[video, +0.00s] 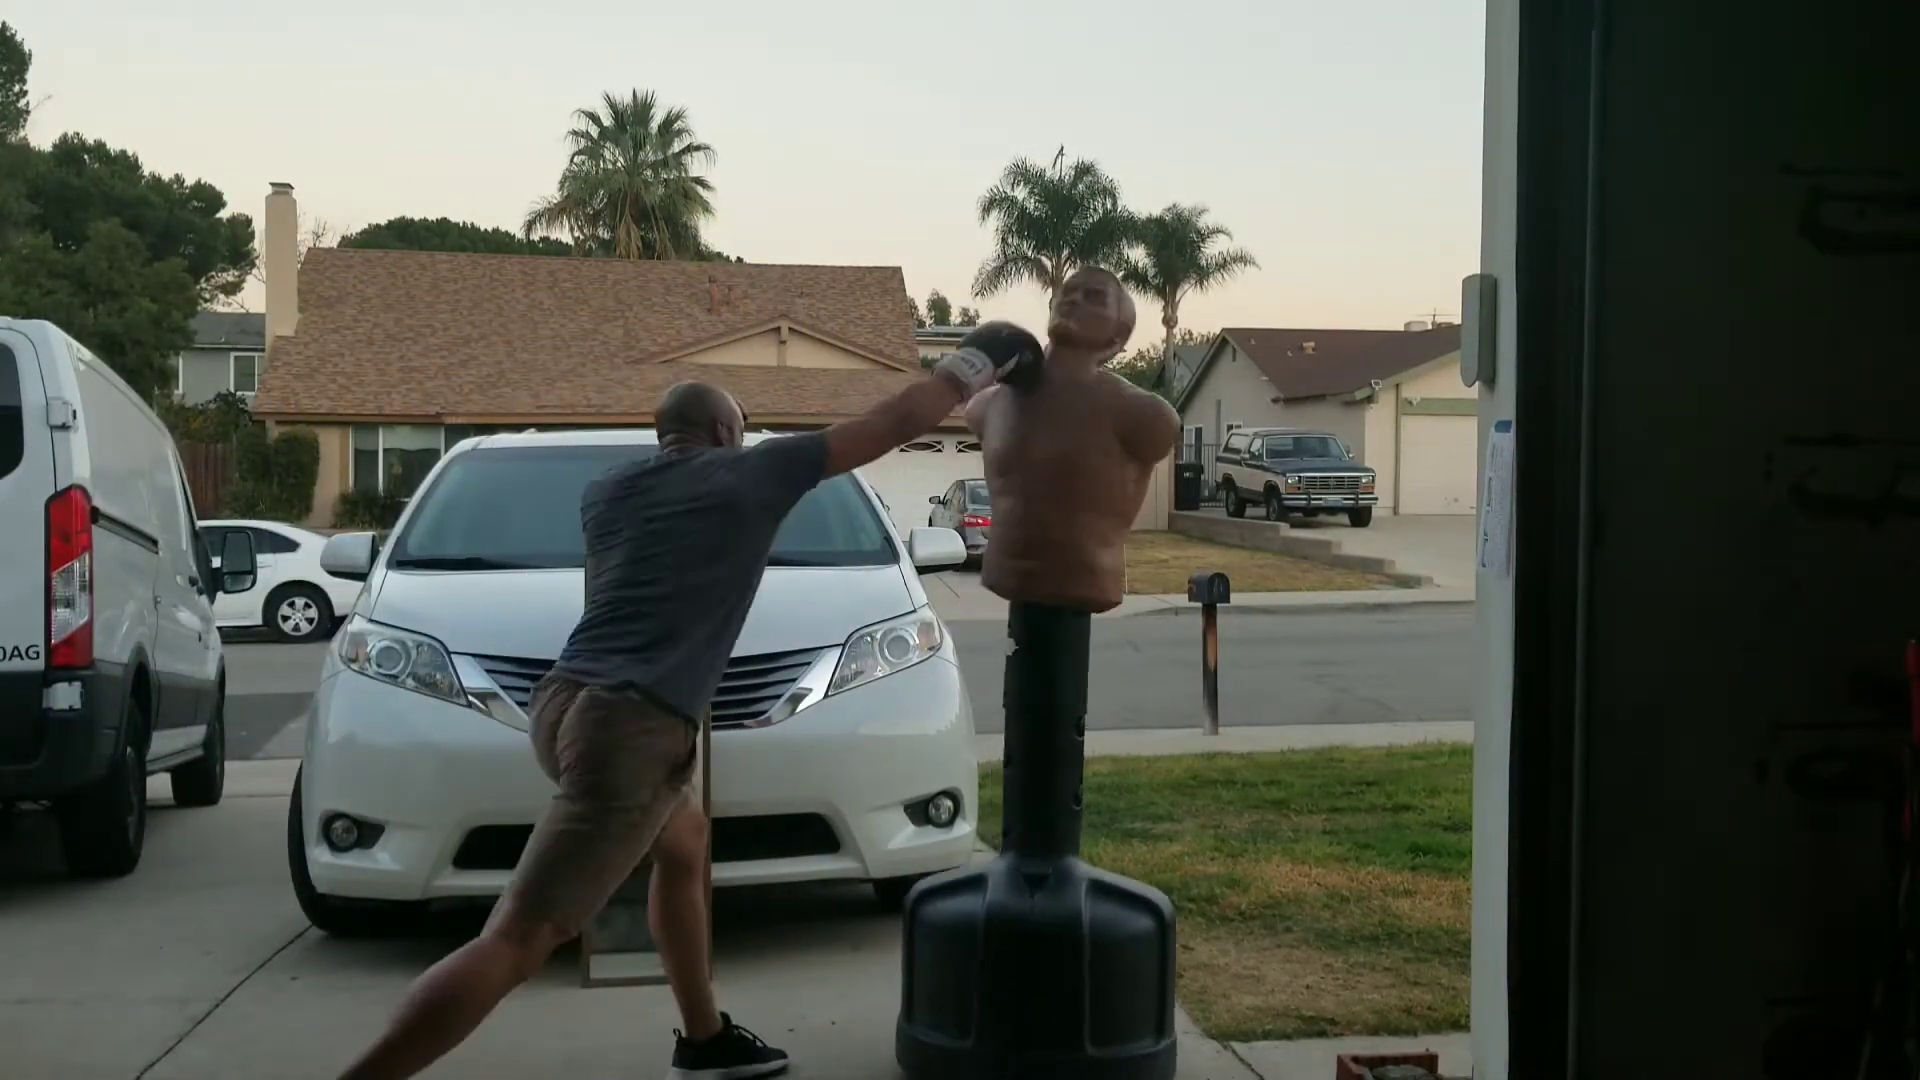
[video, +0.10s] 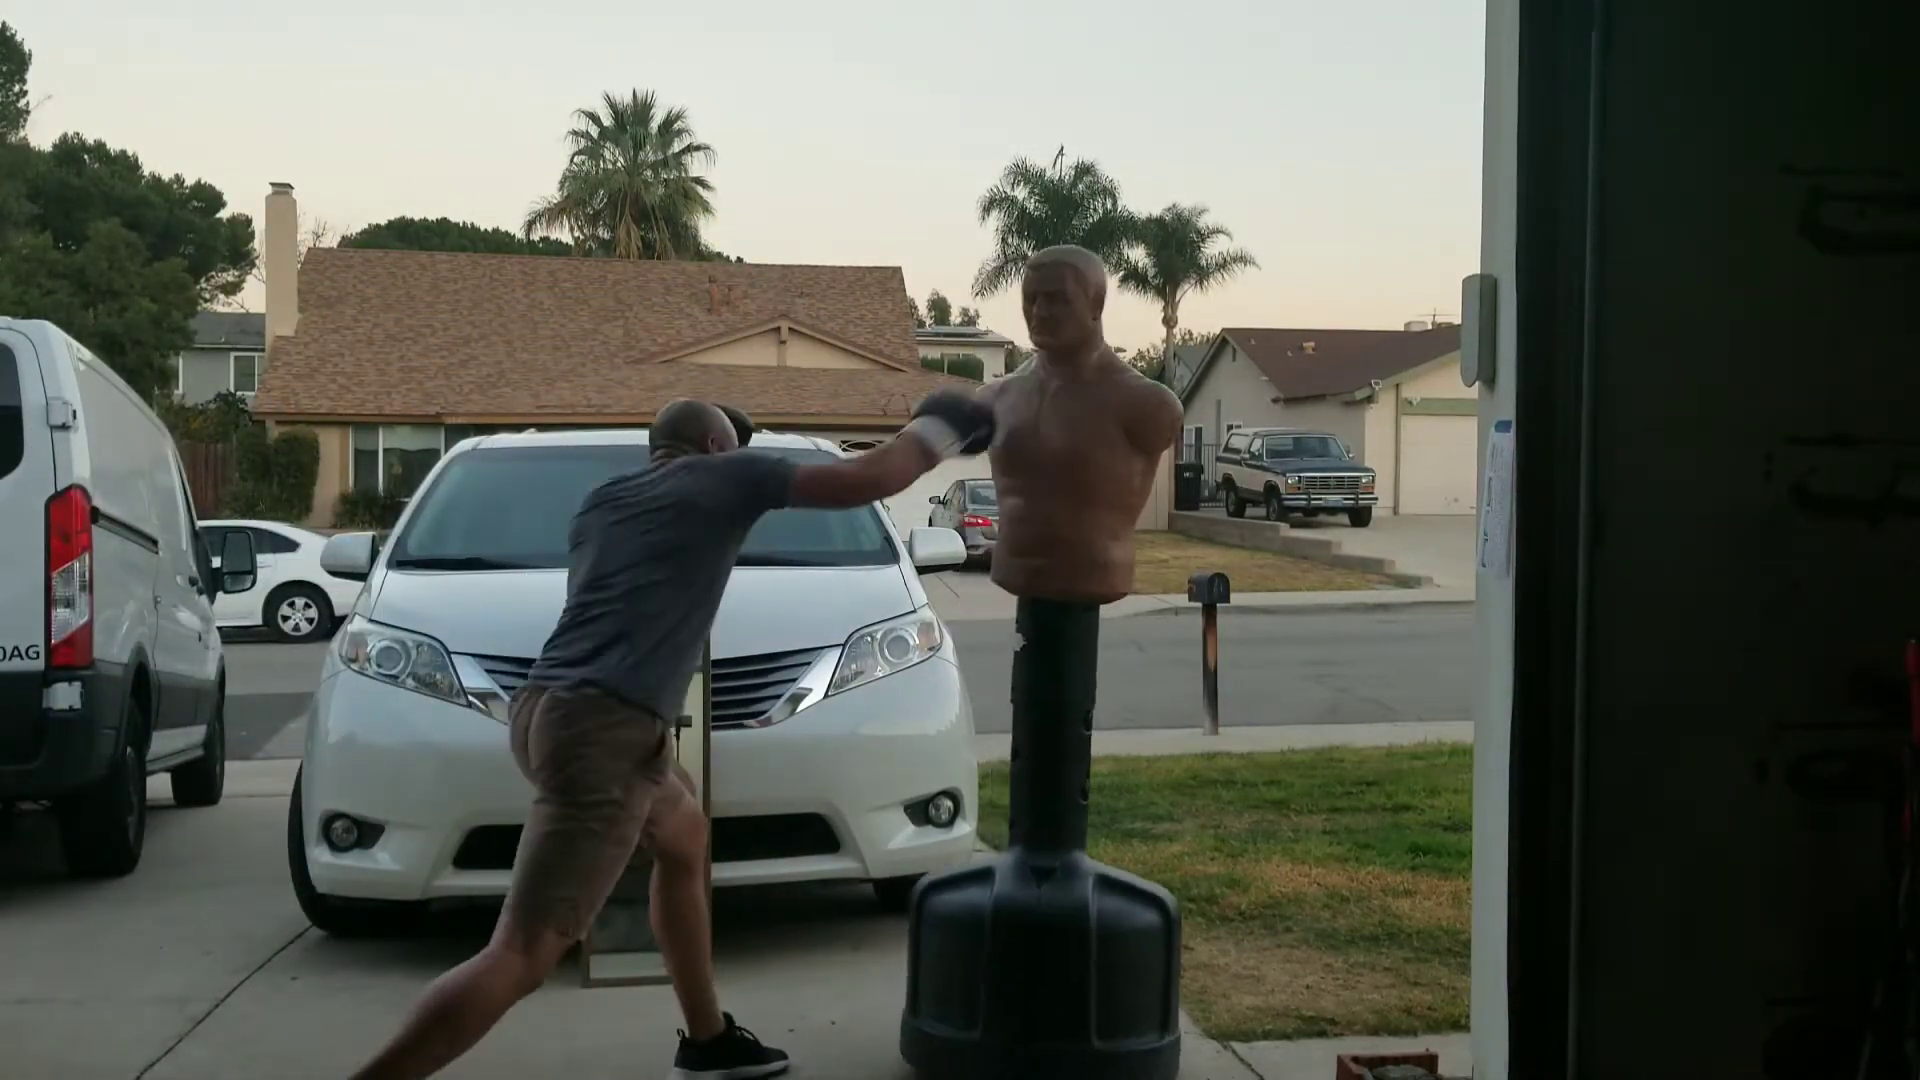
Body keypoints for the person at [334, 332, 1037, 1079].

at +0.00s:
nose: (747, 439)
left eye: (739, 428)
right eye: (742, 428)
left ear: (660, 435)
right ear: (728, 430)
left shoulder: (607, 490)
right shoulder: (754, 474)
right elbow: (891, 422)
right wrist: (974, 366)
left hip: (563, 708)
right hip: (639, 727)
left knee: (684, 839)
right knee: (514, 943)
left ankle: (704, 1032)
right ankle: (362, 1072)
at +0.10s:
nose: (741, 455)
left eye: (740, 447)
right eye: (738, 445)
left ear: (659, 448)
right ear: (716, 442)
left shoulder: (605, 497)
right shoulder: (726, 474)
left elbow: (595, 582)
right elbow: (867, 478)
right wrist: (941, 424)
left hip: (543, 710)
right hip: (603, 721)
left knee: (684, 827)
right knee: (521, 955)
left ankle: (708, 1036)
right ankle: (372, 1074)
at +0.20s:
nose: (732, 473)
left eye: (733, 464)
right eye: (729, 460)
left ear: (654, 447)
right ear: (702, 448)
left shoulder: (598, 496)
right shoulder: (684, 479)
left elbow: (676, 634)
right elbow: (752, 563)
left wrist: (702, 545)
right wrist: (791, 525)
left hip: (575, 721)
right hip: (568, 726)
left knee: (685, 826)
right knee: (529, 967)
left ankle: (711, 1035)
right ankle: (311, 1071)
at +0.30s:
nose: (692, 473)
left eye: (694, 461)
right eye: (687, 459)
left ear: (625, 448)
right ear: (650, 452)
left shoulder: (613, 515)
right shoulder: (588, 490)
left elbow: (663, 640)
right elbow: (663, 591)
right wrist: (700, 508)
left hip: (582, 754)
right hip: (520, 753)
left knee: (684, 831)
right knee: (485, 994)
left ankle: (711, 1035)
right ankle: (241, 1058)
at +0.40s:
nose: (598, 452)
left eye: (601, 439)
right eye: (588, 437)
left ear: (556, 440)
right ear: (542, 431)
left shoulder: (543, 502)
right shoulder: (474, 481)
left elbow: (609, 611)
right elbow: (567, 589)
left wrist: (628, 513)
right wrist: (602, 490)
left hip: (519, 761)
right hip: (443, 761)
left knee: (643, 852)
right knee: (389, 1011)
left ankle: (707, 1037)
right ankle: (194, 1074)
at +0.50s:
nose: (496, 415)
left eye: (501, 400)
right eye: (486, 398)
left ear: (459, 409)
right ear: (437, 397)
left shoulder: (443, 482)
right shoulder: (347, 469)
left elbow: (514, 577)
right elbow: (441, 573)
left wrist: (544, 448)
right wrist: (498, 456)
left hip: (444, 753)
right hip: (351, 760)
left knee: (552, 899)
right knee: (309, 1001)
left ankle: (670, 1036)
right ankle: (166, 1075)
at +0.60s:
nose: (411, 382)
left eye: (420, 368)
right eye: (401, 364)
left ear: (393, 373)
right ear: (348, 358)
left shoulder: (356, 442)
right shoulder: (262, 432)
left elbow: (452, 524)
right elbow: (362, 537)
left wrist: (481, 402)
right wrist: (410, 419)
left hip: (369, 714)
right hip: (276, 728)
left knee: (493, 848)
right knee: (268, 971)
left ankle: (560, 1050)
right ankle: (151, 1077)